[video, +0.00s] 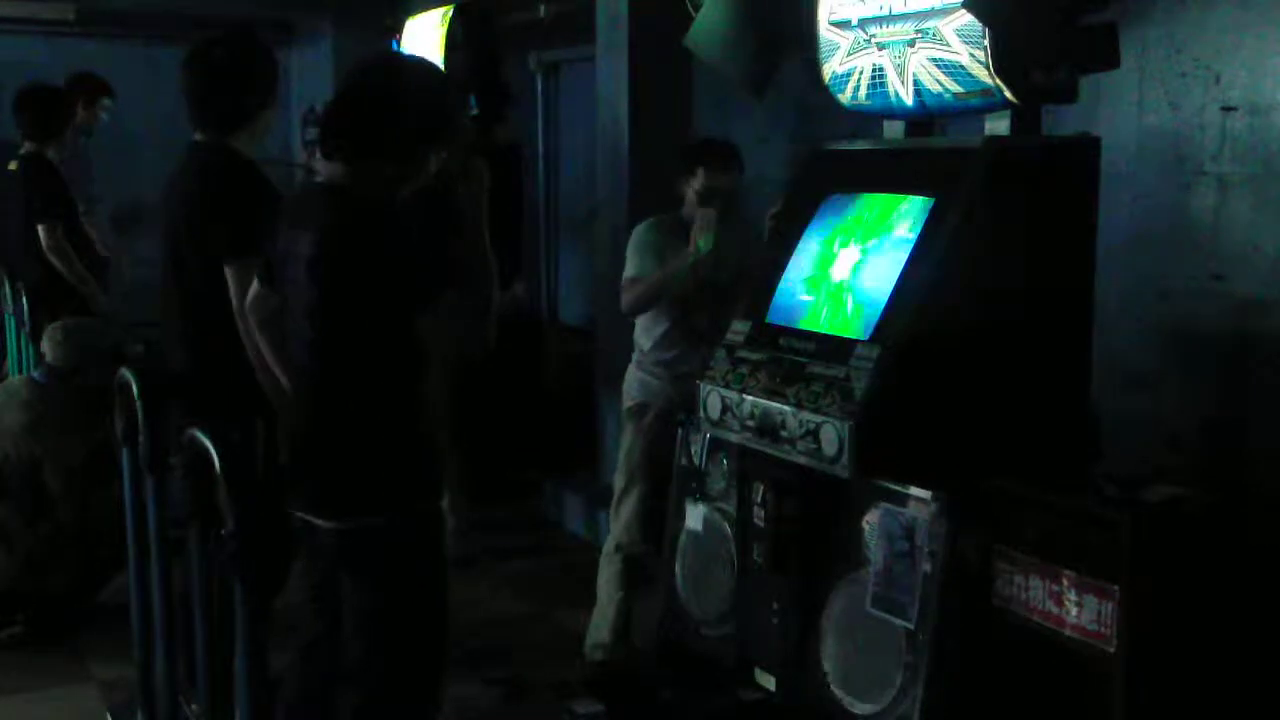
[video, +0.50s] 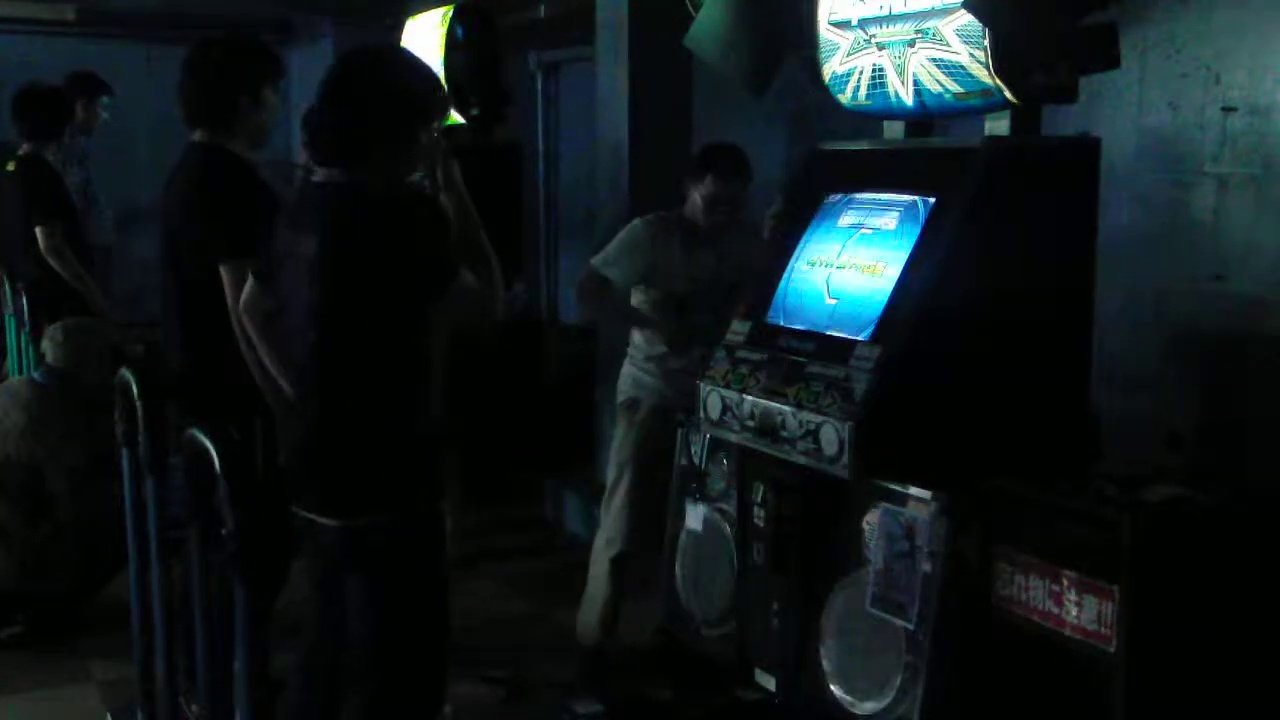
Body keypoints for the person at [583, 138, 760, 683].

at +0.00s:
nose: (715, 201)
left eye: (724, 192)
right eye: (706, 190)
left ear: (735, 193)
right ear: (683, 186)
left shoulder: (738, 243)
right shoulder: (653, 236)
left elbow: (753, 308)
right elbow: (631, 300)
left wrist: (771, 246)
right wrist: (692, 255)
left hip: (711, 395)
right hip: (653, 390)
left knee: (699, 523)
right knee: (633, 524)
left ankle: (684, 646)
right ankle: (605, 650)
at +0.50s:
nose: (719, 208)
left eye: (730, 199)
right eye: (712, 196)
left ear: (741, 200)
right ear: (691, 188)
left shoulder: (740, 248)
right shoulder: (652, 234)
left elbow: (754, 310)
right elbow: (593, 288)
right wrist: (646, 322)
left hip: (708, 399)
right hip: (649, 393)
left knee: (697, 521)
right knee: (626, 522)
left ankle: (677, 644)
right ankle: (597, 645)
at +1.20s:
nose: (650, 216)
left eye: (658, 206)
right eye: (643, 204)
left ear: (665, 203)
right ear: (621, 196)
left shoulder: (669, 243)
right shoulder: (572, 236)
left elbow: (693, 308)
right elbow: (515, 291)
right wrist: (564, 338)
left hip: (652, 394)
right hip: (587, 395)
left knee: (663, 513)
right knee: (587, 518)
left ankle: (671, 628)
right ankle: (588, 632)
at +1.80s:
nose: (663, 213)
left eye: (673, 204)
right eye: (655, 201)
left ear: (682, 205)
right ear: (636, 196)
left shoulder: (683, 245)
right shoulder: (596, 237)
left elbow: (701, 307)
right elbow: (561, 307)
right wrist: (601, 341)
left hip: (660, 391)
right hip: (600, 392)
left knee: (664, 512)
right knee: (595, 517)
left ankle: (664, 622)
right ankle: (589, 628)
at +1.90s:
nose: (680, 217)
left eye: (687, 207)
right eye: (674, 205)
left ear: (690, 207)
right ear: (650, 199)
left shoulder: (684, 247)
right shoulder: (606, 238)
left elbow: (694, 314)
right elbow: (590, 321)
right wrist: (654, 347)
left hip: (663, 385)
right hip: (608, 385)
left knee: (665, 510)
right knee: (599, 514)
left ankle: (664, 621)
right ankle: (589, 626)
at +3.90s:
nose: (721, 231)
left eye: (730, 222)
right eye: (715, 219)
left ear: (737, 223)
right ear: (695, 211)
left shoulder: (724, 260)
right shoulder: (649, 250)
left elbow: (733, 325)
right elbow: (645, 340)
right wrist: (698, 384)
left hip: (681, 394)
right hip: (628, 388)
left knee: (675, 511)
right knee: (612, 511)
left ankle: (666, 624)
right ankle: (591, 625)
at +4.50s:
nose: (693, 217)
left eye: (702, 208)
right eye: (688, 205)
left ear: (712, 208)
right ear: (669, 196)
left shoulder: (711, 246)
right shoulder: (624, 238)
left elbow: (726, 311)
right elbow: (593, 311)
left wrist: (699, 361)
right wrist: (637, 361)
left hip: (681, 386)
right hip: (623, 384)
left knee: (676, 499)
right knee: (606, 495)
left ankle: (668, 605)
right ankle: (597, 592)